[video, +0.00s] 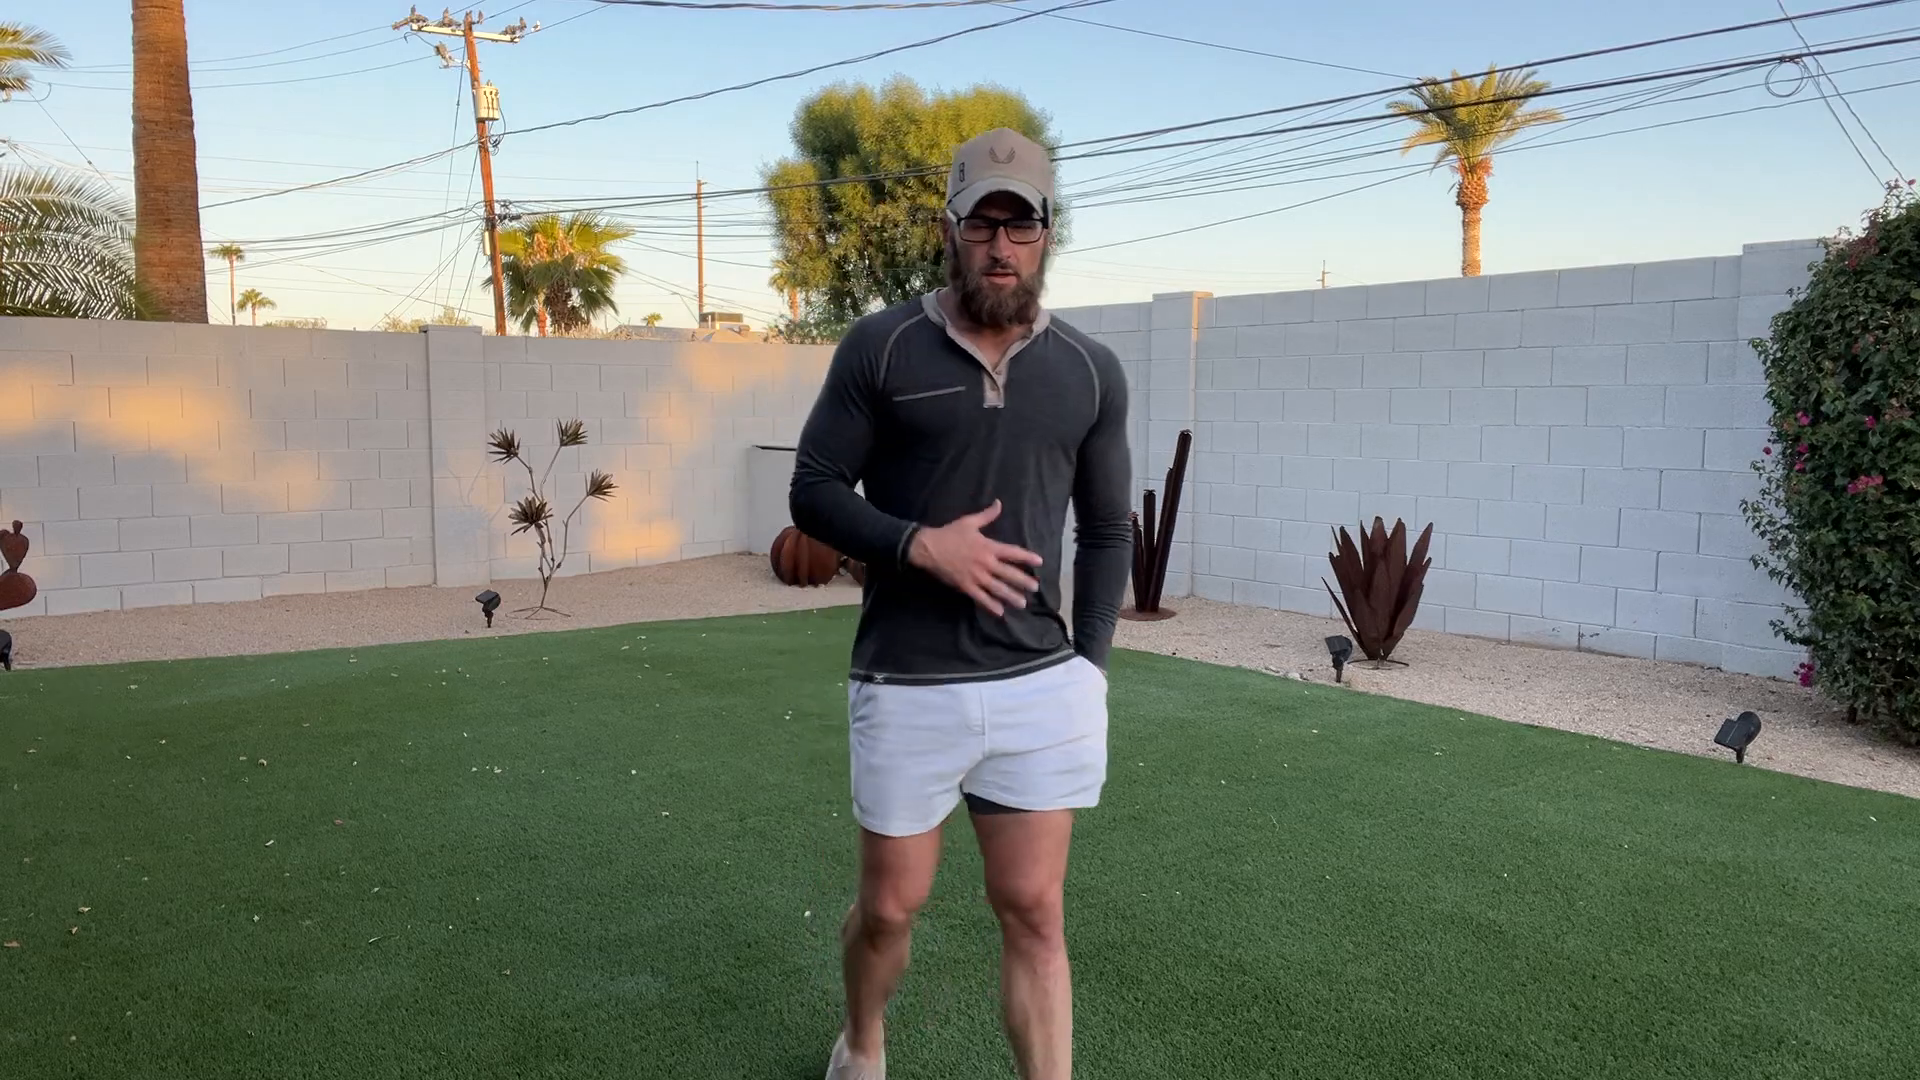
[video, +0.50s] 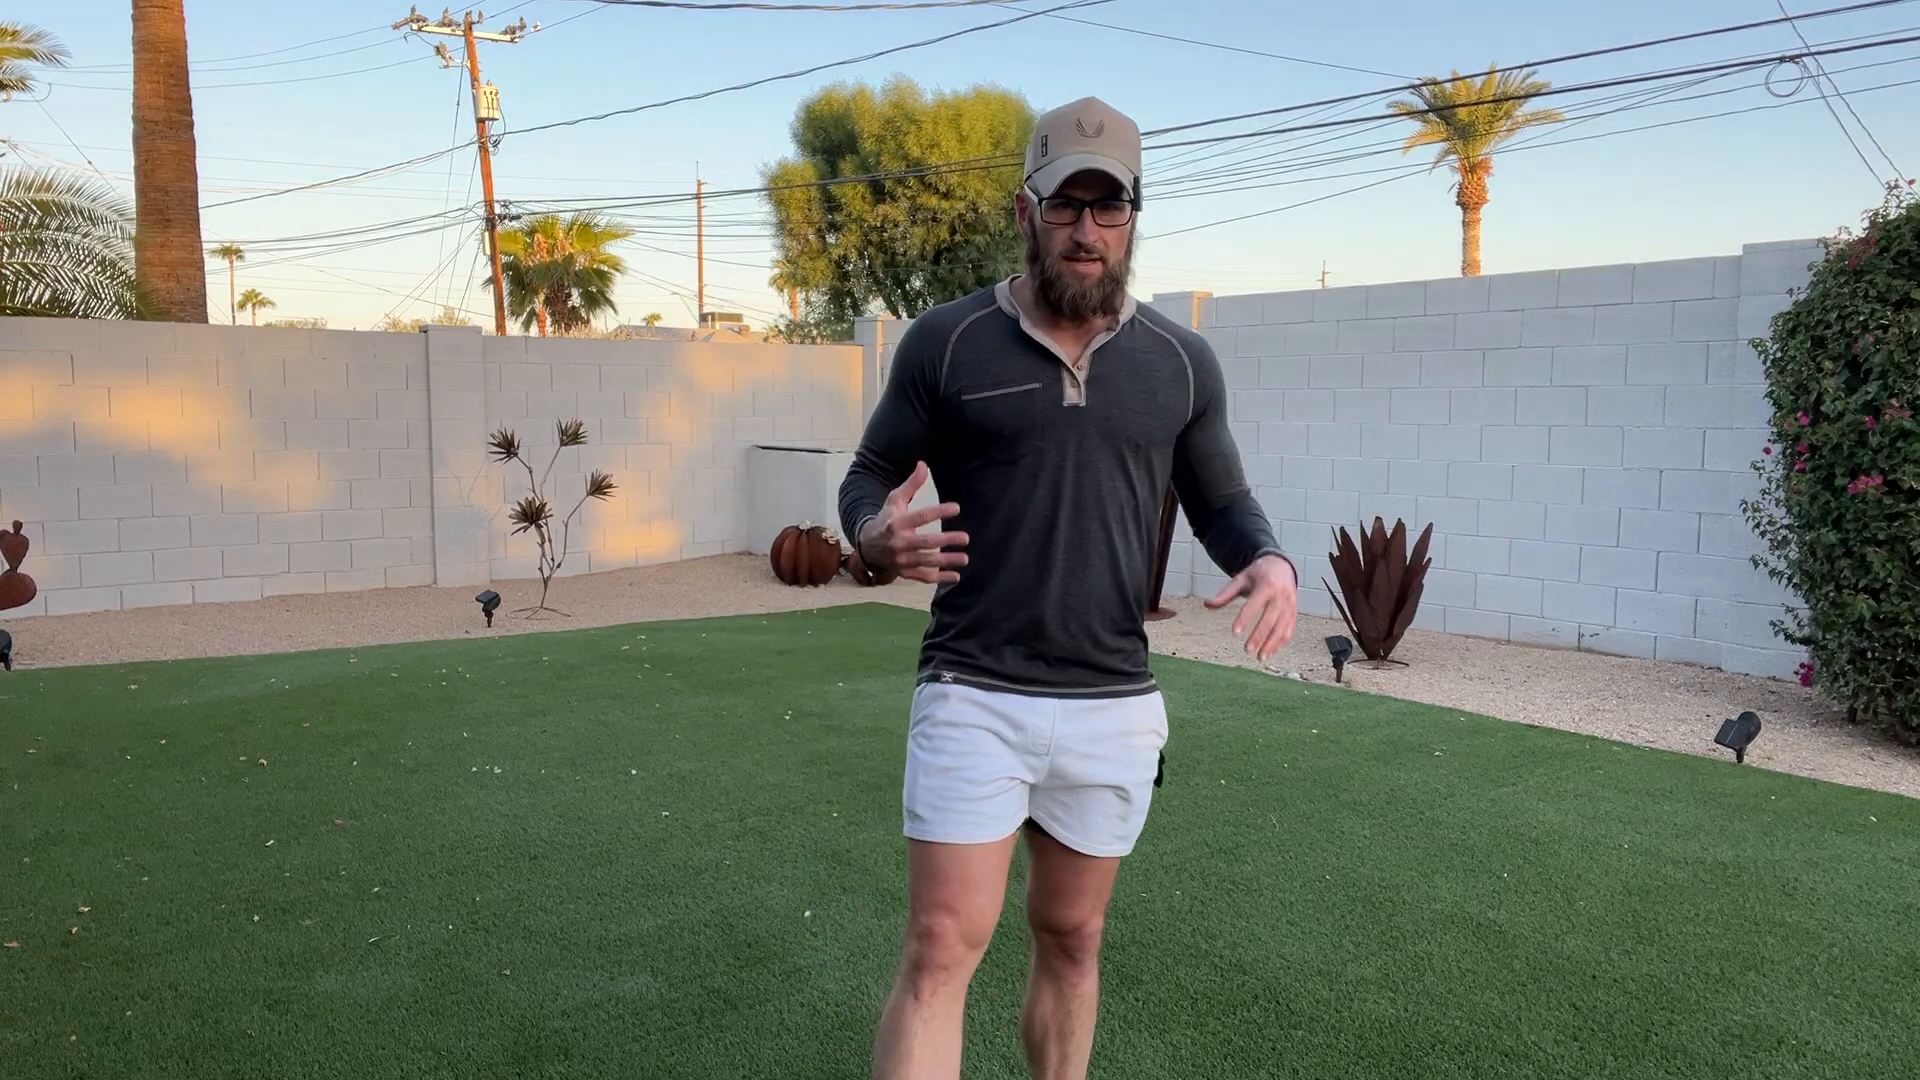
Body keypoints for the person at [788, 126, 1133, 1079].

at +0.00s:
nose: (1001, 247)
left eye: (1021, 226)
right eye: (982, 226)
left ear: (1048, 238)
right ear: (950, 235)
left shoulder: (1092, 371)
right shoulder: (880, 349)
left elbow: (1106, 529)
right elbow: (814, 490)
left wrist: (1087, 659)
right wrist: (919, 541)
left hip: (1043, 680)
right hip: (908, 682)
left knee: (1036, 909)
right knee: (889, 909)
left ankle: (1051, 1075)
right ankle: (863, 1050)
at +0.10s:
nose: (1039, 240)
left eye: (1059, 220)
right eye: (1020, 218)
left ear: (1082, 237)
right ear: (984, 229)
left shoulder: (1124, 370)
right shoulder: (904, 347)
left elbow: (1145, 520)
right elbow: (819, 474)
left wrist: (1122, 648)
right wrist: (902, 559)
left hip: (1070, 683)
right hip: (929, 682)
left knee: (1048, 917)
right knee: (897, 928)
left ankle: (1052, 1078)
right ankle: (882, 1043)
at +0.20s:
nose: (1063, 235)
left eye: (1084, 216)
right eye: (1043, 213)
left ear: (1108, 233)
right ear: (1007, 222)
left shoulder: (1149, 368)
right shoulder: (923, 341)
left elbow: (1179, 508)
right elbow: (835, 458)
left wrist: (1154, 641)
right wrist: (891, 556)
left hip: (1082, 691)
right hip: (940, 683)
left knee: (1054, 923)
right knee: (906, 927)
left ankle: (1054, 1077)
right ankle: (903, 1067)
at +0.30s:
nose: (1081, 234)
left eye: (1103, 214)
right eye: (1061, 210)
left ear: (1126, 228)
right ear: (1022, 218)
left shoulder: (1168, 366)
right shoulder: (935, 340)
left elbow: (1213, 493)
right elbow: (853, 458)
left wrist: (1205, 607)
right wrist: (871, 547)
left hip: (1092, 696)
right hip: (953, 686)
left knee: (1061, 930)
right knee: (920, 938)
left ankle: (1053, 1079)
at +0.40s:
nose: (1086, 233)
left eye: (1107, 211)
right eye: (1066, 208)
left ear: (1133, 225)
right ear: (1027, 215)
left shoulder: (1180, 368)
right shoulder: (942, 343)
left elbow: (1234, 499)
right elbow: (866, 471)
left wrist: (1249, 590)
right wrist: (867, 545)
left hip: (1103, 699)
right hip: (964, 690)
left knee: (1067, 936)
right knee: (935, 939)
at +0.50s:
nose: (1085, 227)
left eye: (1106, 205)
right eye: (1064, 203)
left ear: (1134, 218)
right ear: (1028, 213)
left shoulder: (1184, 365)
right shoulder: (945, 343)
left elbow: (1225, 506)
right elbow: (867, 480)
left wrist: (1270, 565)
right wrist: (874, 538)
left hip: (1111, 702)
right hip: (971, 693)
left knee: (1070, 942)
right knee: (941, 944)